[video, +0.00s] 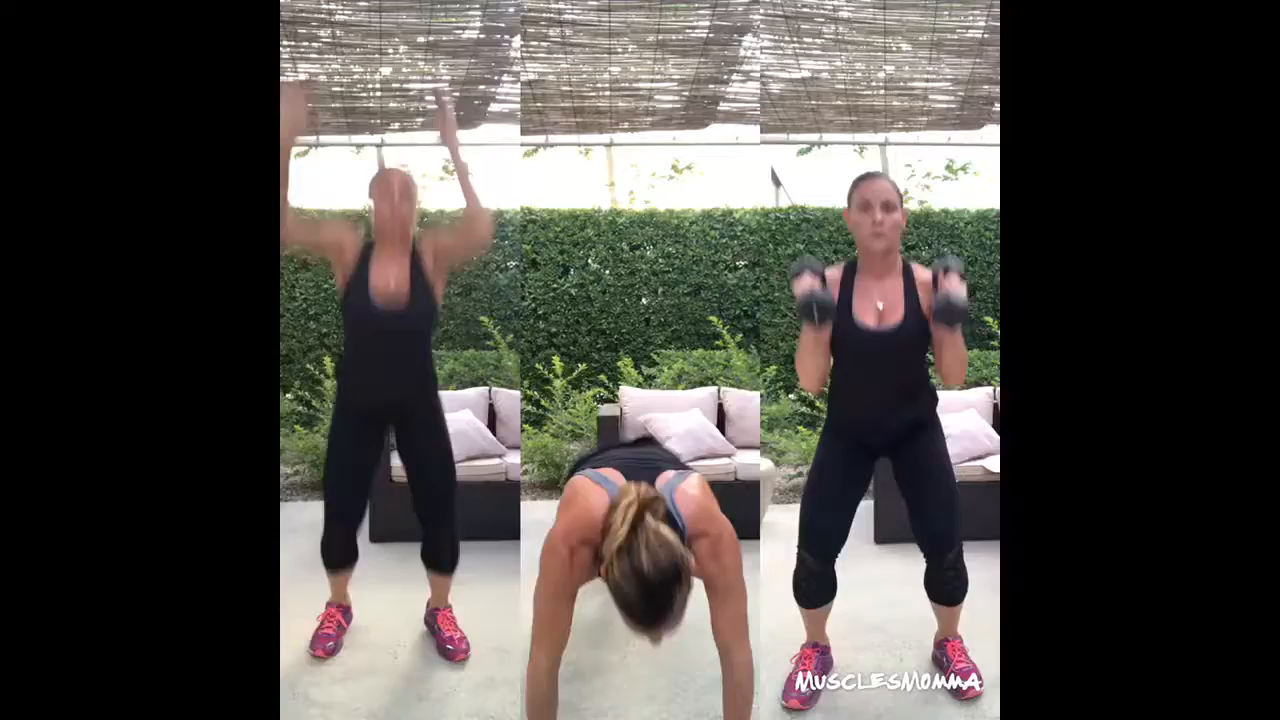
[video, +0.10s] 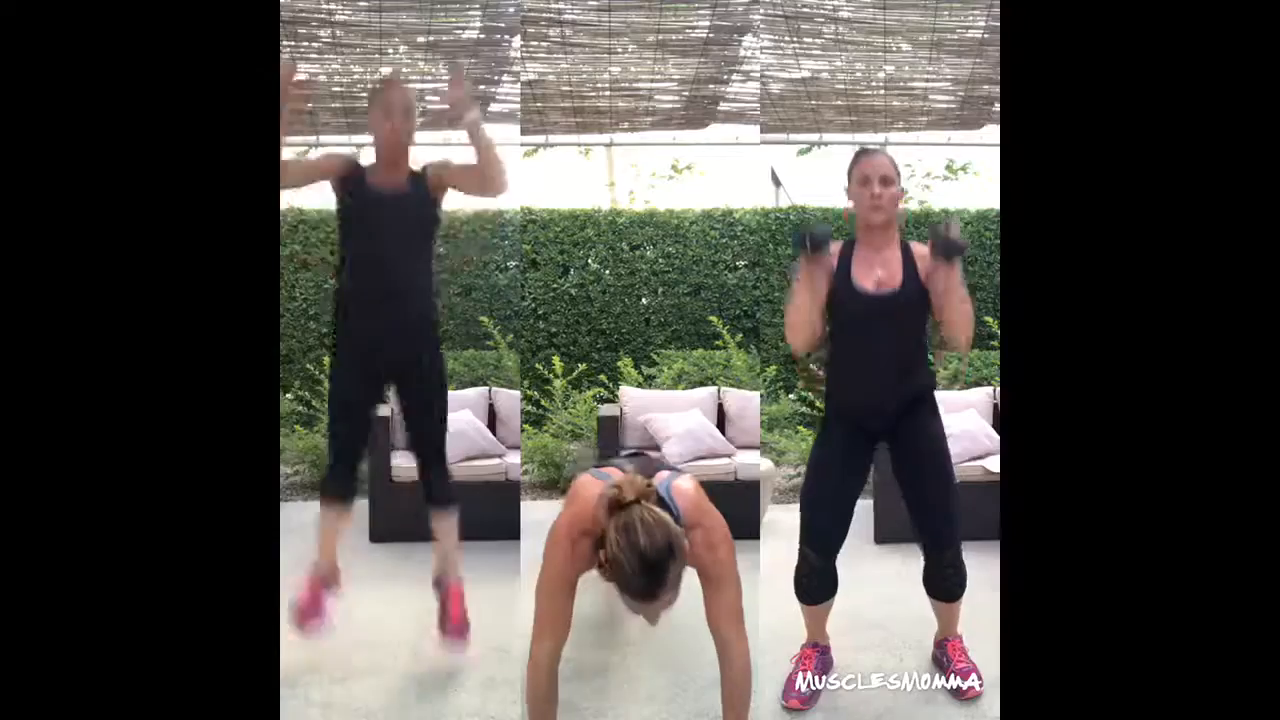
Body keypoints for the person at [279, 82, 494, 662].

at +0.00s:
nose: (396, 200)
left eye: (404, 194)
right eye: (386, 193)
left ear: (417, 205)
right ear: (370, 205)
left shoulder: (434, 254)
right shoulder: (347, 246)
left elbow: (481, 227)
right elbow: (285, 224)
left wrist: (454, 150)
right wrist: (285, 147)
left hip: (418, 404)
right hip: (358, 404)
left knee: (440, 507)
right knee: (339, 510)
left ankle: (441, 609)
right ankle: (338, 605)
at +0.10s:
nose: (394, 120)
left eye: (403, 112)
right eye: (385, 111)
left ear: (416, 124)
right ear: (369, 120)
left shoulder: (433, 177)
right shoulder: (344, 170)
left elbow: (493, 182)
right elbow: (283, 177)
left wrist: (469, 118)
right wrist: (286, 114)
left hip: (417, 337)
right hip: (357, 337)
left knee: (433, 460)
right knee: (342, 457)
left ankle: (449, 578)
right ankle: (324, 568)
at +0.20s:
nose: (394, 78)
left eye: (404, 68)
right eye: (383, 67)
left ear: (416, 77)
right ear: (368, 77)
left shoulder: (434, 142)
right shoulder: (341, 134)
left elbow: (485, 194)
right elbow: (286, 176)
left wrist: (474, 131)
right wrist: (286, 119)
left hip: (418, 285)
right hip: (359, 285)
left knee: (449, 378)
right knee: (315, 373)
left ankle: (450, 492)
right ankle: (315, 485)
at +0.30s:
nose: (392, 91)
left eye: (402, 81)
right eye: (382, 81)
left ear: (414, 91)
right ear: (366, 92)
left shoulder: (435, 152)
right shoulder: (341, 147)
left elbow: (489, 184)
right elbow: (284, 160)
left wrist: (457, 120)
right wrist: (299, 97)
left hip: (418, 287)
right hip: (356, 288)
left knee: (477, 287)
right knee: (290, 285)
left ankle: (453, 388)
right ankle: (306, 394)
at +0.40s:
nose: (395, 108)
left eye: (406, 98)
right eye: (384, 98)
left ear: (419, 108)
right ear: (367, 108)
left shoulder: (436, 167)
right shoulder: (344, 161)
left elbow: (491, 177)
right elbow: (284, 168)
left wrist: (453, 112)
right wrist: (303, 96)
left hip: (418, 303)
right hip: (354, 303)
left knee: (477, 288)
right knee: (290, 311)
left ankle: (463, 409)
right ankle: (310, 420)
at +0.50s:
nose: (400, 128)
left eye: (410, 118)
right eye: (390, 118)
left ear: (423, 126)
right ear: (374, 126)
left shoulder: (439, 186)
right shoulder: (349, 184)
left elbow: (489, 223)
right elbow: (288, 229)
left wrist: (459, 146)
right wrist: (307, 156)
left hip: (417, 331)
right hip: (361, 330)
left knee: (458, 413)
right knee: (309, 412)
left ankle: (452, 546)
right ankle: (322, 542)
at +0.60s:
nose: (402, 190)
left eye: (411, 179)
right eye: (393, 180)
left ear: (423, 186)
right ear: (378, 185)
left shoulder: (439, 242)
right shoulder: (352, 243)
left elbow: (496, 290)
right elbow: (290, 303)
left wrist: (466, 234)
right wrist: (305, 249)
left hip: (419, 394)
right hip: (360, 393)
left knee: (431, 505)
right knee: (340, 502)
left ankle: (436, 611)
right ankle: (343, 608)